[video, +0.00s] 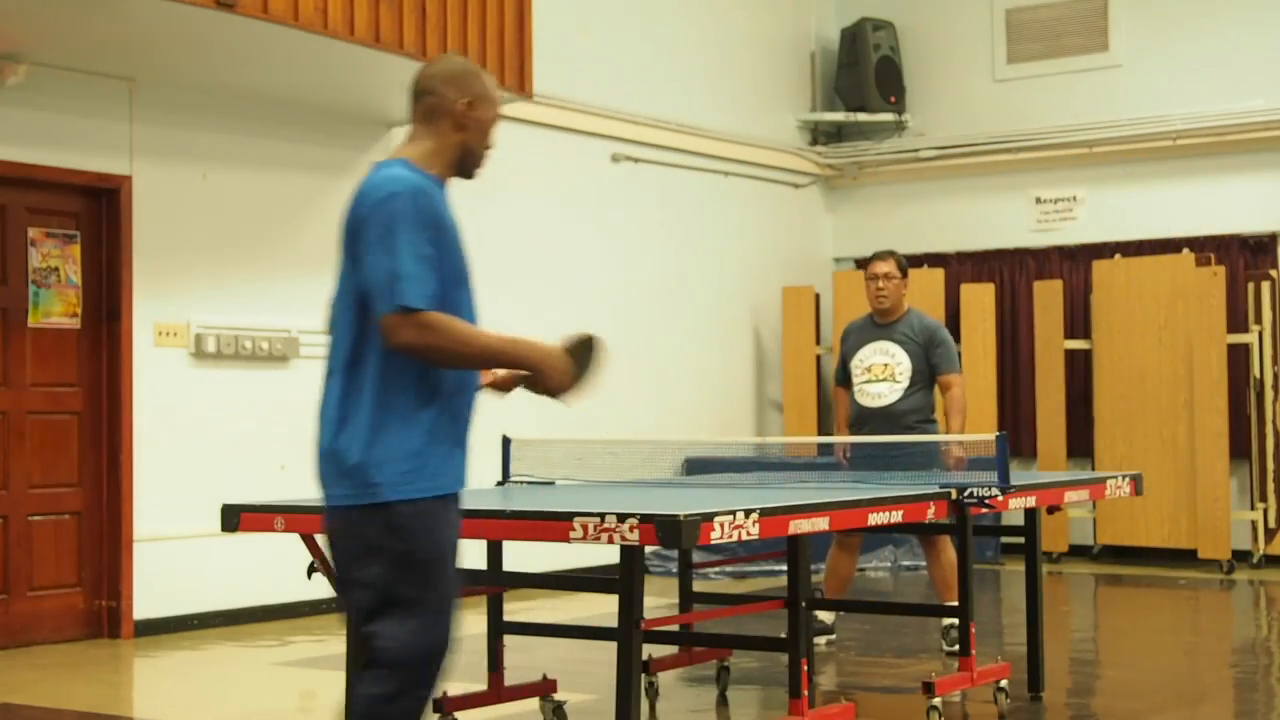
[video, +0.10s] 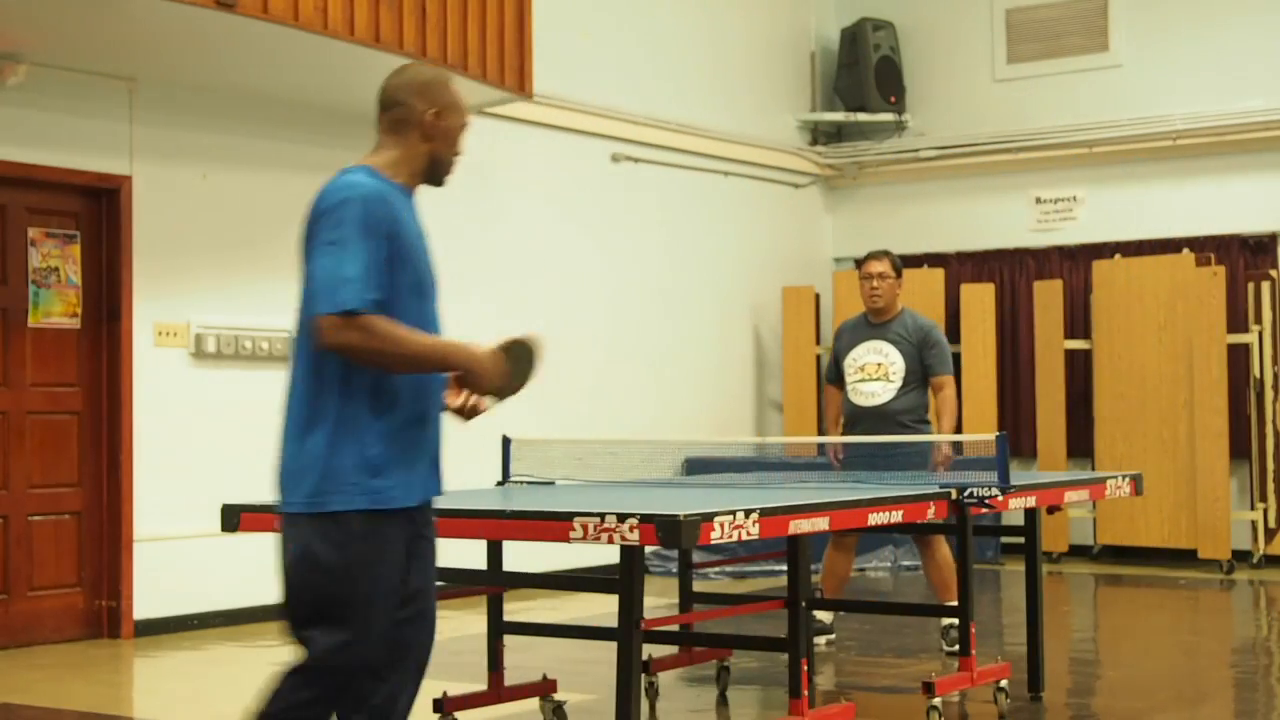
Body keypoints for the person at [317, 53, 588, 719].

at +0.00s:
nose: (493, 138)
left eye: (496, 123)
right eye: (492, 121)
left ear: (440, 112)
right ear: (458, 111)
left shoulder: (406, 191)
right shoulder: (400, 191)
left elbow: (399, 329)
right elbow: (405, 324)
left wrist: (479, 367)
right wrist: (532, 352)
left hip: (403, 478)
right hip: (392, 481)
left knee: (394, 664)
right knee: (400, 665)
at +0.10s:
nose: (465, 139)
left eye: (464, 125)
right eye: (460, 124)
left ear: (416, 121)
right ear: (429, 120)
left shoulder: (392, 203)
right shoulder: (358, 195)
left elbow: (371, 337)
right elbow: (340, 324)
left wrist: (440, 384)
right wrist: (465, 356)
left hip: (395, 493)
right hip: (348, 495)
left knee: (396, 669)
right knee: (348, 668)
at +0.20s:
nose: (436, 152)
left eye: (438, 138)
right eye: (434, 137)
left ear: (393, 132)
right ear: (405, 132)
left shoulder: (368, 217)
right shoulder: (320, 201)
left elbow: (340, 339)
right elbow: (274, 324)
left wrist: (406, 377)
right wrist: (386, 376)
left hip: (356, 493)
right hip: (287, 491)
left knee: (385, 641)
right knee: (263, 658)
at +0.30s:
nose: (416, 168)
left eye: (417, 153)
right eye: (414, 151)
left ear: (368, 145)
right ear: (380, 145)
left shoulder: (342, 233)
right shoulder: (282, 213)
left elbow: (319, 355)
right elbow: (217, 332)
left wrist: (408, 366)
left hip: (313, 493)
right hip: (232, 491)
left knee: (366, 622)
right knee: (214, 663)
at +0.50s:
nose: (370, 179)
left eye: (372, 164)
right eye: (364, 161)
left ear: (322, 150)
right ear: (319, 146)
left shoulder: (311, 243)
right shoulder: (214, 217)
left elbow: (316, 355)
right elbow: (170, 330)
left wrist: (416, 354)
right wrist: (177, 374)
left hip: (258, 482)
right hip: (174, 478)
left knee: (298, 618)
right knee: (172, 669)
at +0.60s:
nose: (348, 177)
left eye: (352, 162)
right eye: (341, 158)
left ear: (296, 145)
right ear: (293, 141)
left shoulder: (299, 243)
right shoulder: (198, 217)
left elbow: (309, 357)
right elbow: (174, 339)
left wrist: (378, 351)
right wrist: (231, 368)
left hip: (239, 480)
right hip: (160, 475)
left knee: (250, 634)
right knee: (167, 656)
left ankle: (216, 716)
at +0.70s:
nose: (334, 173)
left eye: (337, 159)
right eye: (327, 154)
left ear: (282, 147)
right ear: (280, 141)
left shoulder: (288, 240)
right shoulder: (193, 217)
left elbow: (283, 350)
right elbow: (198, 345)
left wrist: (335, 367)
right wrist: (316, 341)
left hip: (224, 477)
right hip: (156, 470)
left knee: (207, 649)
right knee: (164, 658)